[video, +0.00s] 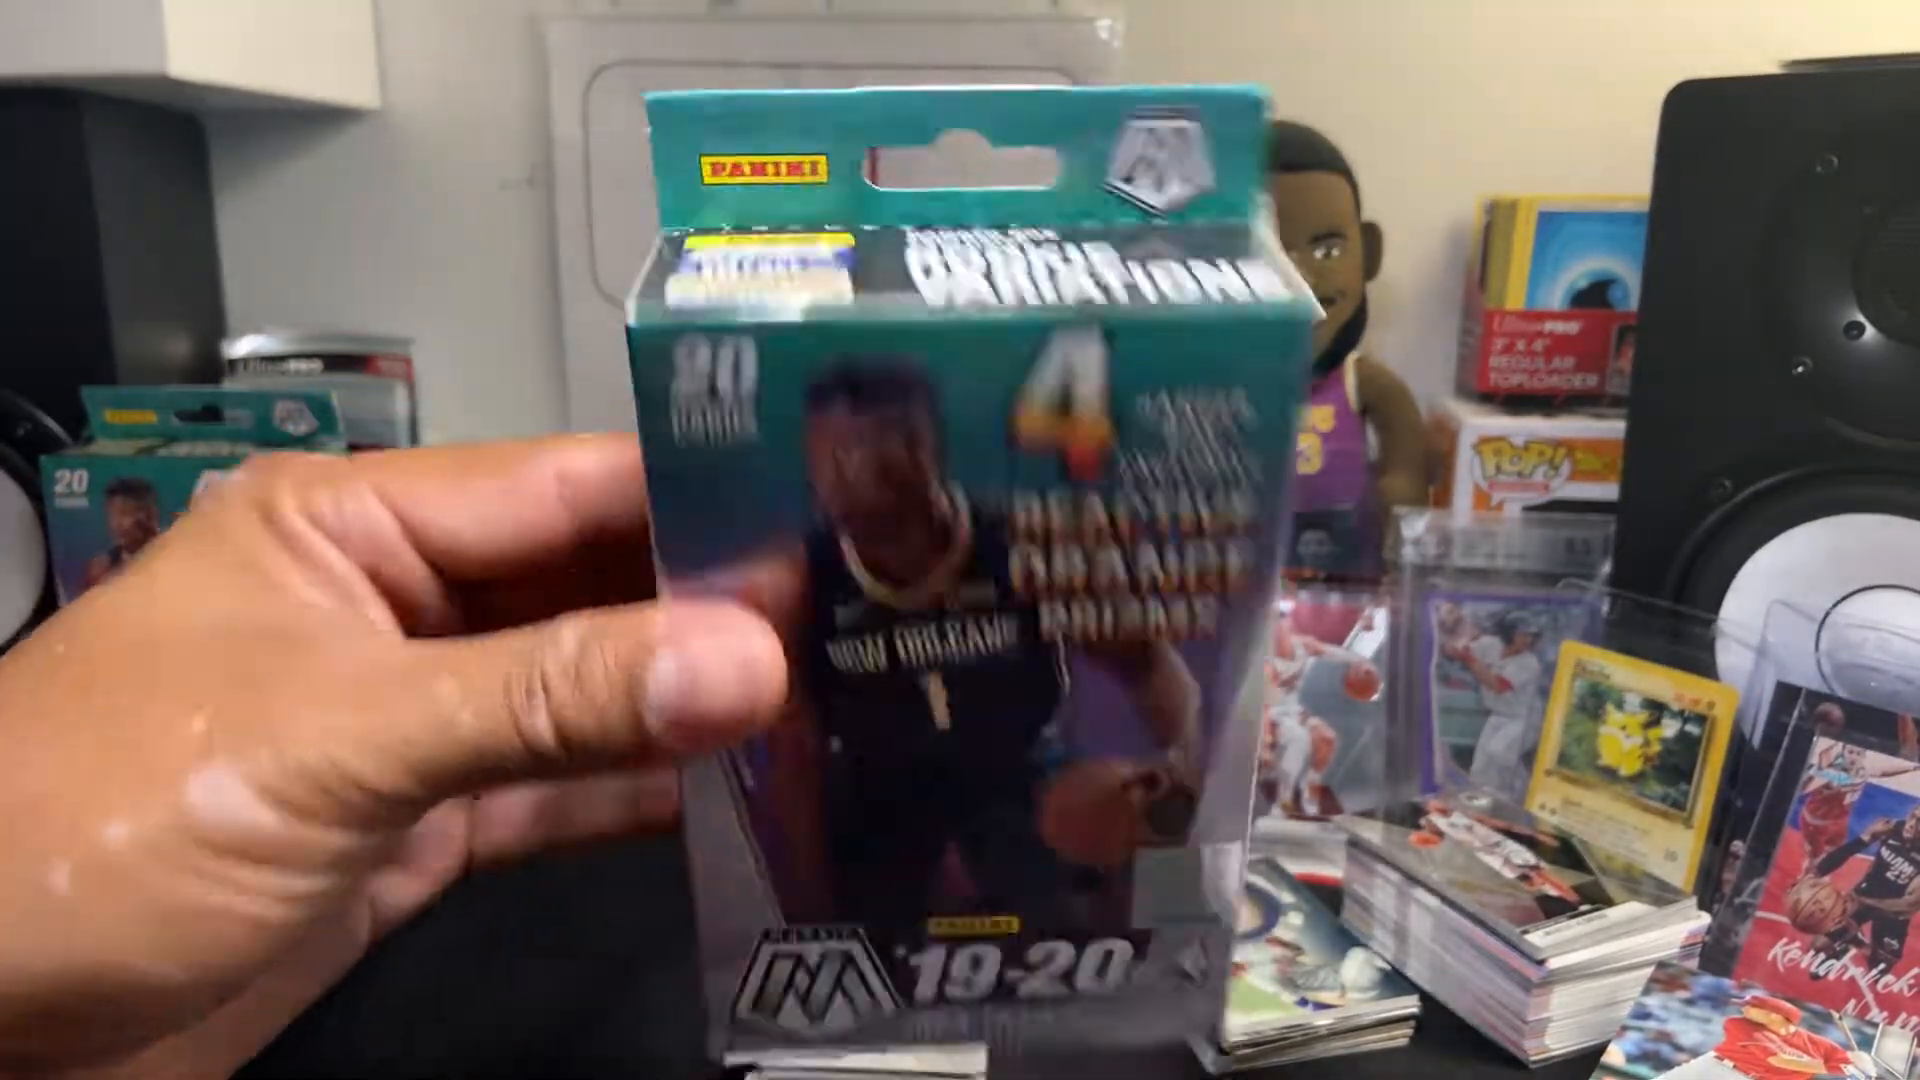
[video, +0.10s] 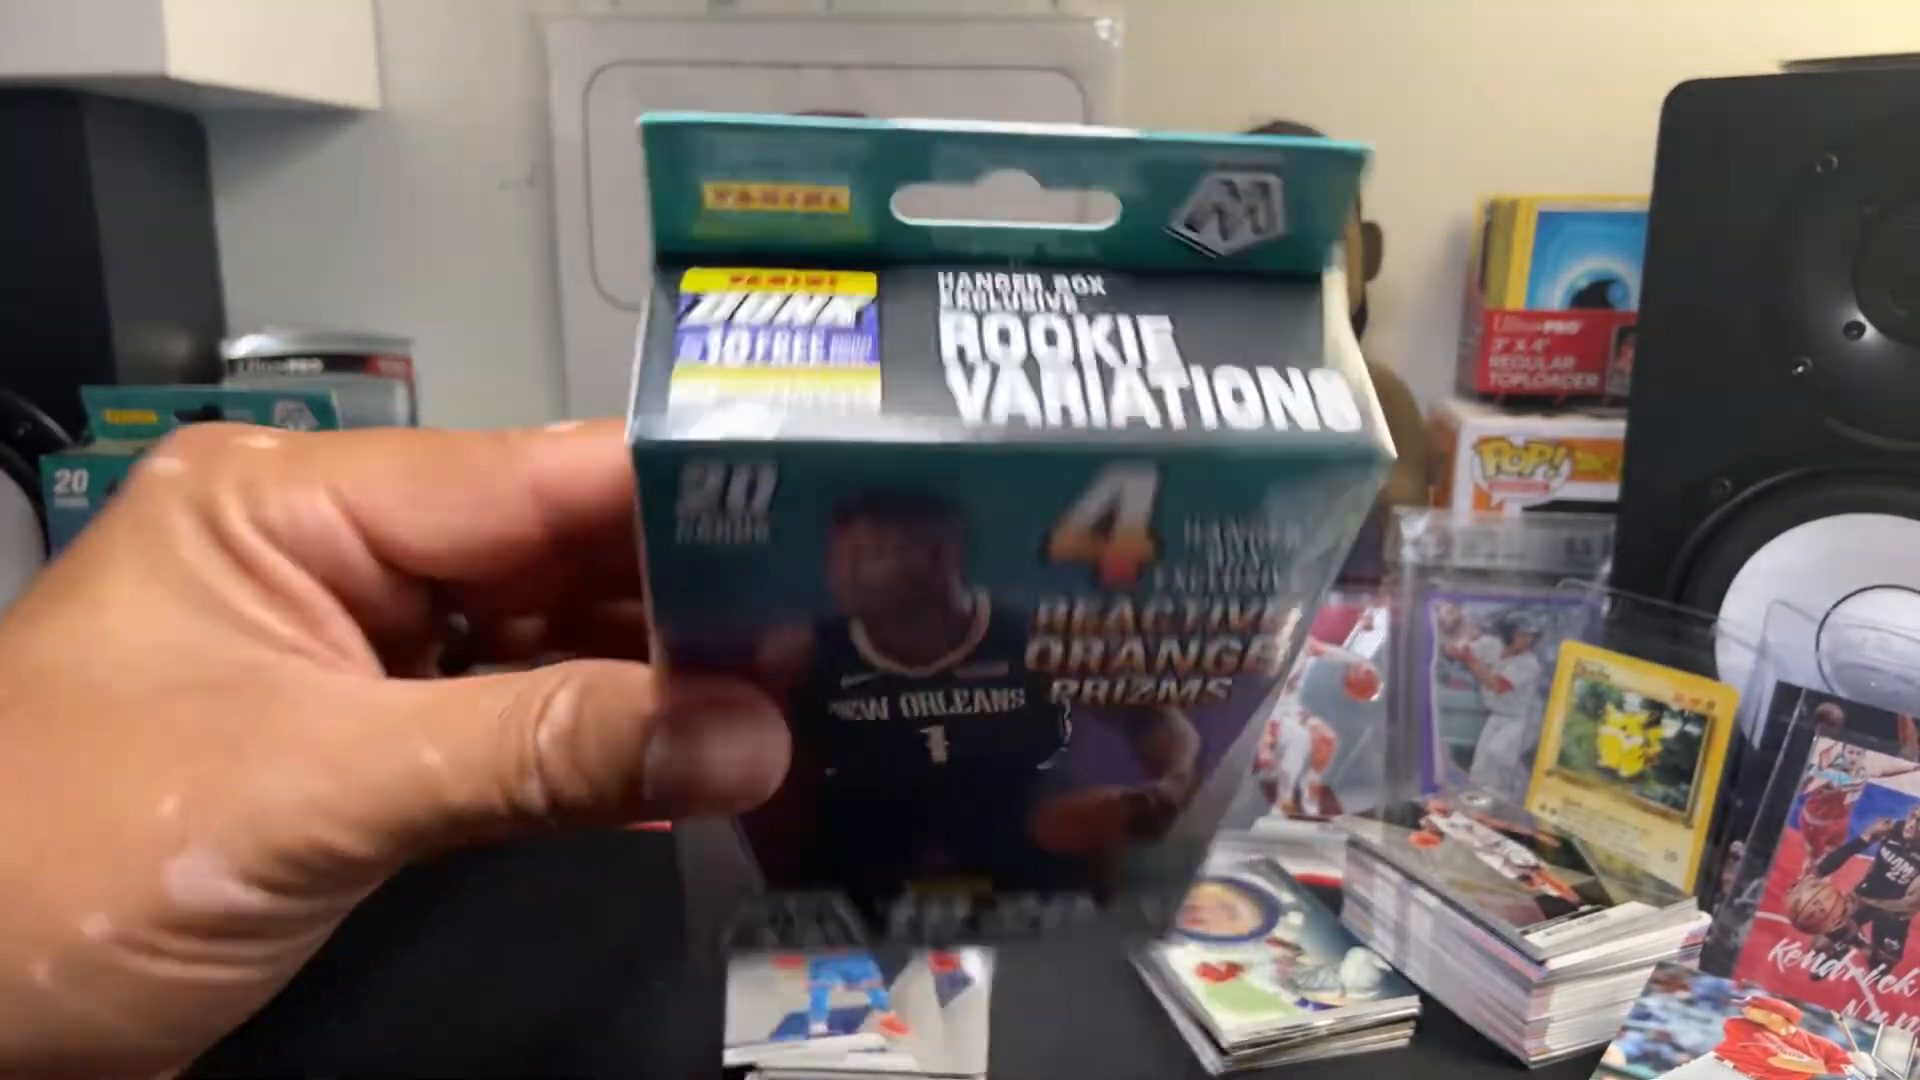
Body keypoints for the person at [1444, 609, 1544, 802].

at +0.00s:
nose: (1528, 641)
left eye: (1531, 636)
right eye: (1523, 635)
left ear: (1534, 639)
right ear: (1511, 635)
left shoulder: (1529, 663)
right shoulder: (1492, 645)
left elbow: (1500, 685)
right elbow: (1461, 651)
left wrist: (1473, 662)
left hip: (1519, 721)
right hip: (1497, 717)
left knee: (1497, 752)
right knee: (1482, 752)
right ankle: (1477, 792)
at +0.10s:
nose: (1528, 641)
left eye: (1531, 637)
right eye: (1524, 635)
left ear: (1534, 639)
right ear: (1512, 634)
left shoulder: (1529, 663)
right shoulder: (1492, 646)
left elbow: (1500, 685)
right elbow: (1459, 651)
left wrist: (1473, 662)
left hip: (1519, 721)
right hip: (1496, 717)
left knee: (1497, 751)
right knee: (1482, 755)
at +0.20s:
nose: (1529, 641)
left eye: (1532, 636)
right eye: (1525, 635)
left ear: (1534, 639)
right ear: (1512, 635)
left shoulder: (1530, 664)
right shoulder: (1492, 645)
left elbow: (1500, 685)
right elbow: (1461, 651)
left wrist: (1473, 661)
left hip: (1520, 721)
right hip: (1497, 717)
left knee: (1498, 751)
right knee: (1482, 755)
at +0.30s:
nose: (1530, 641)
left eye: (1533, 636)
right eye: (1525, 635)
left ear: (1535, 639)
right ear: (1513, 635)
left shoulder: (1531, 664)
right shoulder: (1493, 646)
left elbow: (1502, 685)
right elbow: (1461, 651)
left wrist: (1475, 662)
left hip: (1521, 722)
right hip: (1498, 718)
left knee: (1499, 752)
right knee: (1483, 755)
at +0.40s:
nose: (1531, 642)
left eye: (1534, 637)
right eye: (1527, 635)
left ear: (1537, 639)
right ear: (1514, 634)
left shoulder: (1533, 664)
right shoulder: (1494, 646)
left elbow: (1502, 685)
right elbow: (1460, 651)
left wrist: (1475, 662)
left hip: (1520, 723)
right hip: (1498, 719)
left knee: (1501, 755)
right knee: (1484, 757)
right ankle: (1480, 798)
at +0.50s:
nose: (1531, 642)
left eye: (1533, 637)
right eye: (1527, 637)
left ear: (1535, 641)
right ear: (1516, 638)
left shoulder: (1534, 664)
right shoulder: (1503, 656)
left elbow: (1504, 685)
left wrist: (1480, 668)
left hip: (1525, 723)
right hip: (1502, 720)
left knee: (1504, 755)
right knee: (1489, 755)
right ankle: (1484, 798)